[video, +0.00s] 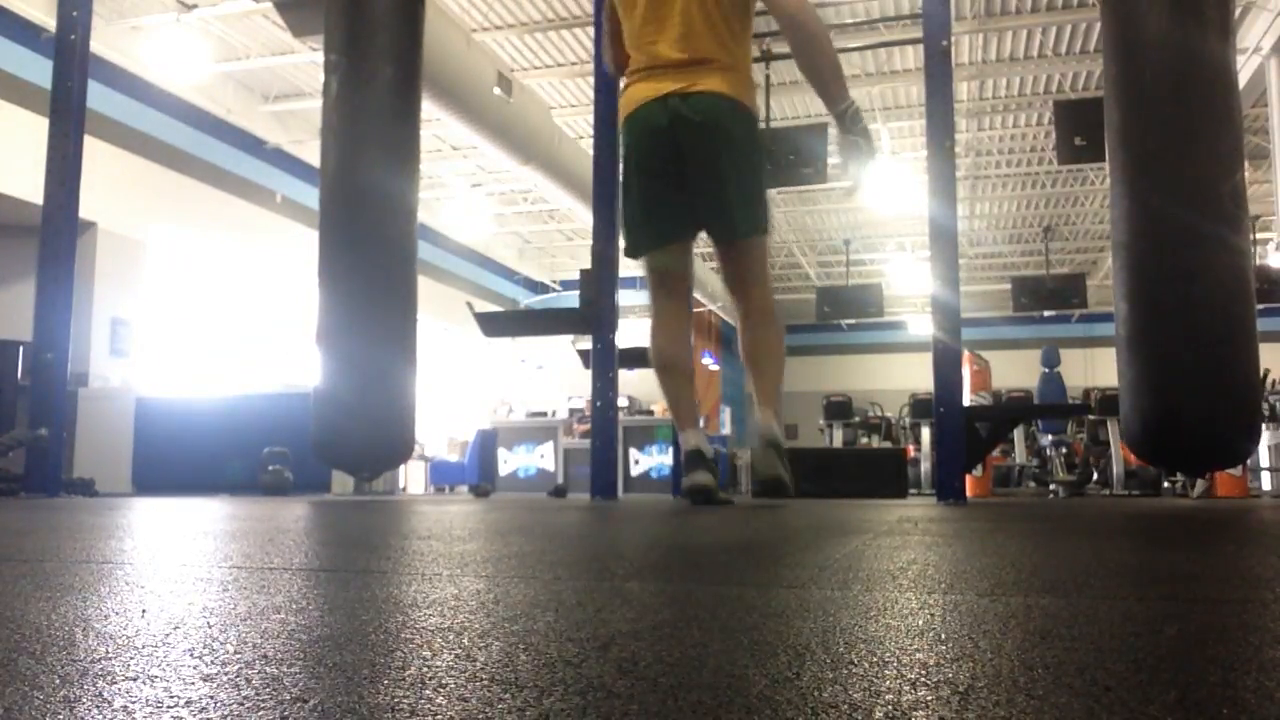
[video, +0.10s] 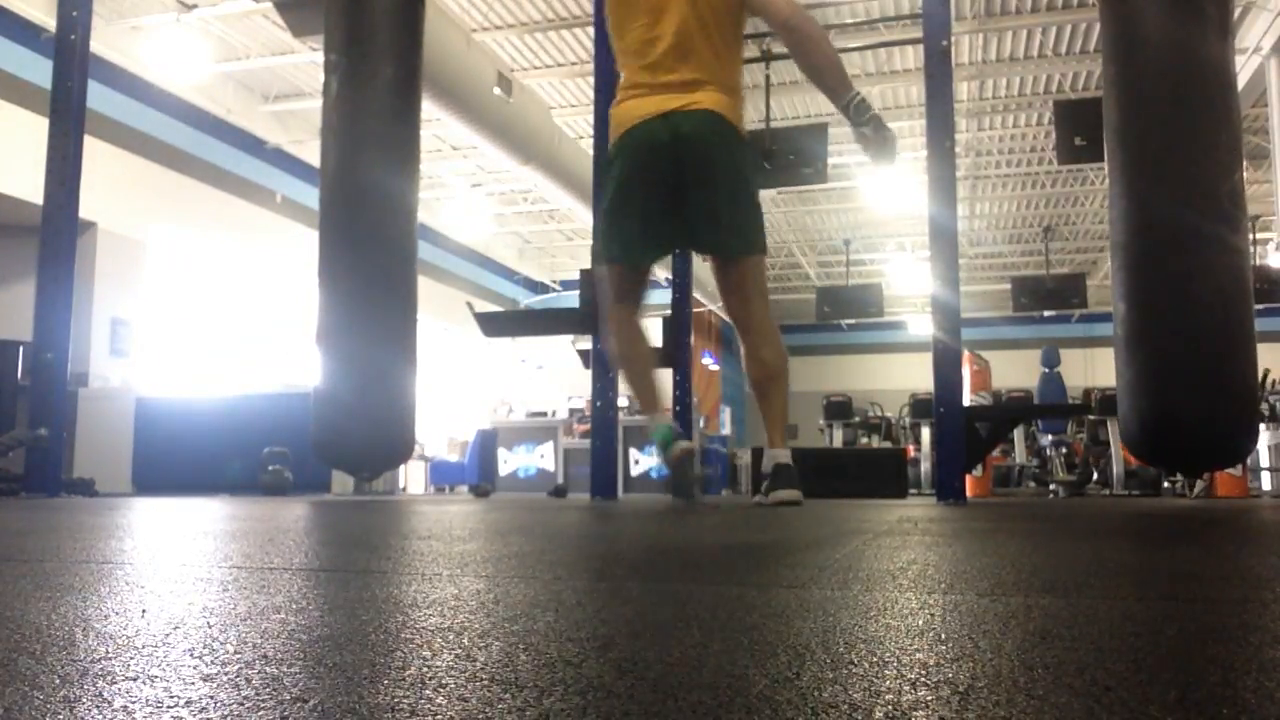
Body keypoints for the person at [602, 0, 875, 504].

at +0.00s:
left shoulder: (619, 1)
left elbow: (615, 58)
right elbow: (801, 24)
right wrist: (848, 116)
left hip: (644, 117)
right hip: (722, 110)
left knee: (668, 295)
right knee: (751, 291)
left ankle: (692, 450)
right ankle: (768, 426)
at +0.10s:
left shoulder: (616, 6)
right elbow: (795, 25)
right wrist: (859, 110)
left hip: (635, 136)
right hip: (713, 127)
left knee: (622, 308)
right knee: (750, 306)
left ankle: (662, 429)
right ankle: (779, 460)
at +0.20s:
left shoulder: (602, 7)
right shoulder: (709, 1)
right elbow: (787, 29)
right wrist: (849, 106)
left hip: (619, 142)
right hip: (695, 136)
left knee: (582, 308)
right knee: (743, 310)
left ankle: (594, 430)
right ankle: (773, 457)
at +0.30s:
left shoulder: (576, 4)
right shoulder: (690, 2)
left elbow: (552, 55)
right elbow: (770, 46)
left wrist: (599, 31)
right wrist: (812, 110)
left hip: (595, 143)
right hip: (670, 141)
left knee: (536, 302)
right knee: (726, 310)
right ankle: (764, 459)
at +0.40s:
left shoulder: (541, 5)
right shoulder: (663, 7)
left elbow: (468, 65)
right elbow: (694, 78)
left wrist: (501, 21)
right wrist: (648, 83)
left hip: (568, 167)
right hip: (642, 164)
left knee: (497, 311)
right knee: (711, 316)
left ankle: (477, 453)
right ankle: (762, 459)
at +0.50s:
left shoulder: (548, 1)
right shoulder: (605, 8)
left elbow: (496, 28)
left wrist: (451, 8)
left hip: (531, 181)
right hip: (596, 178)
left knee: (464, 315)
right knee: (651, 308)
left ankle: (475, 459)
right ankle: (745, 414)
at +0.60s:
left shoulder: (569, 1)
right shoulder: (588, 9)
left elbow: (535, 33)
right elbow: (562, 75)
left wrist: (464, 7)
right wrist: (494, 91)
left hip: (511, 156)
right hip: (542, 159)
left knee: (441, 307)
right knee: (492, 242)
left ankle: (469, 452)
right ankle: (608, 286)